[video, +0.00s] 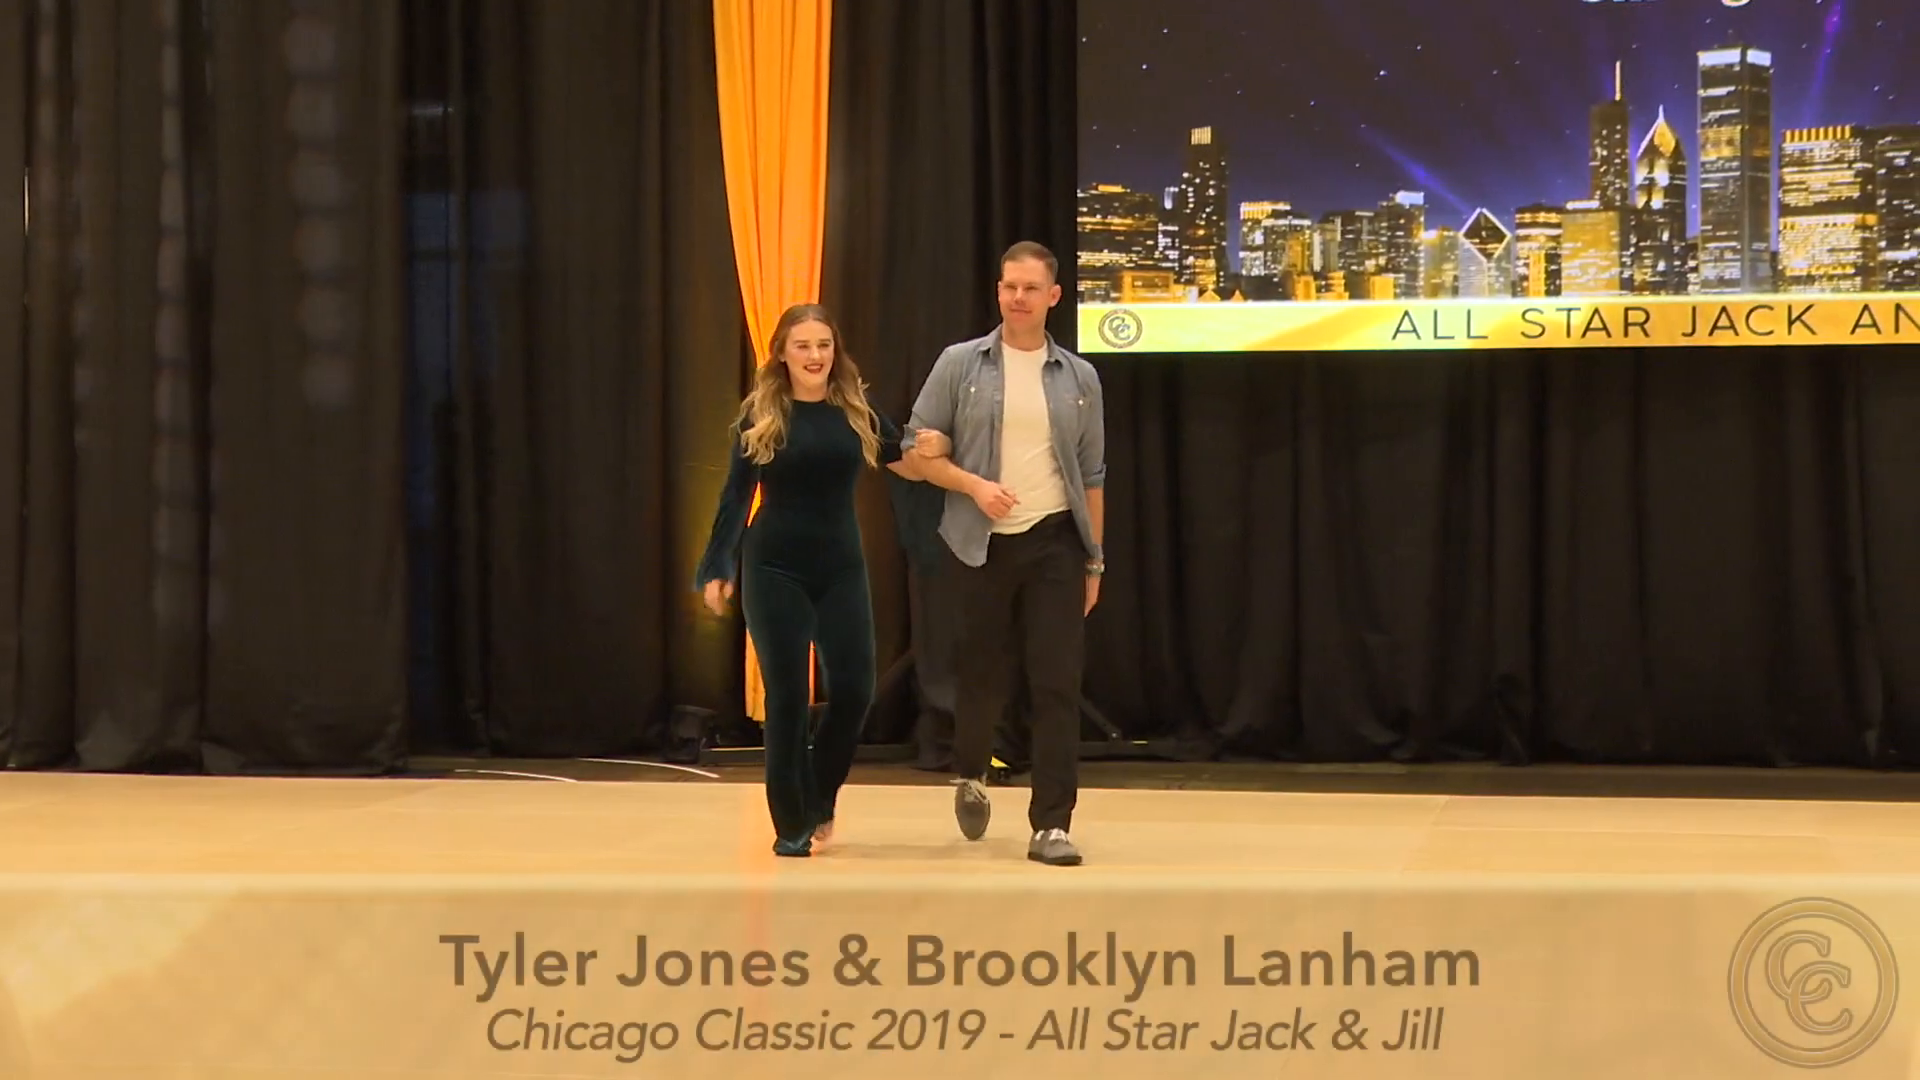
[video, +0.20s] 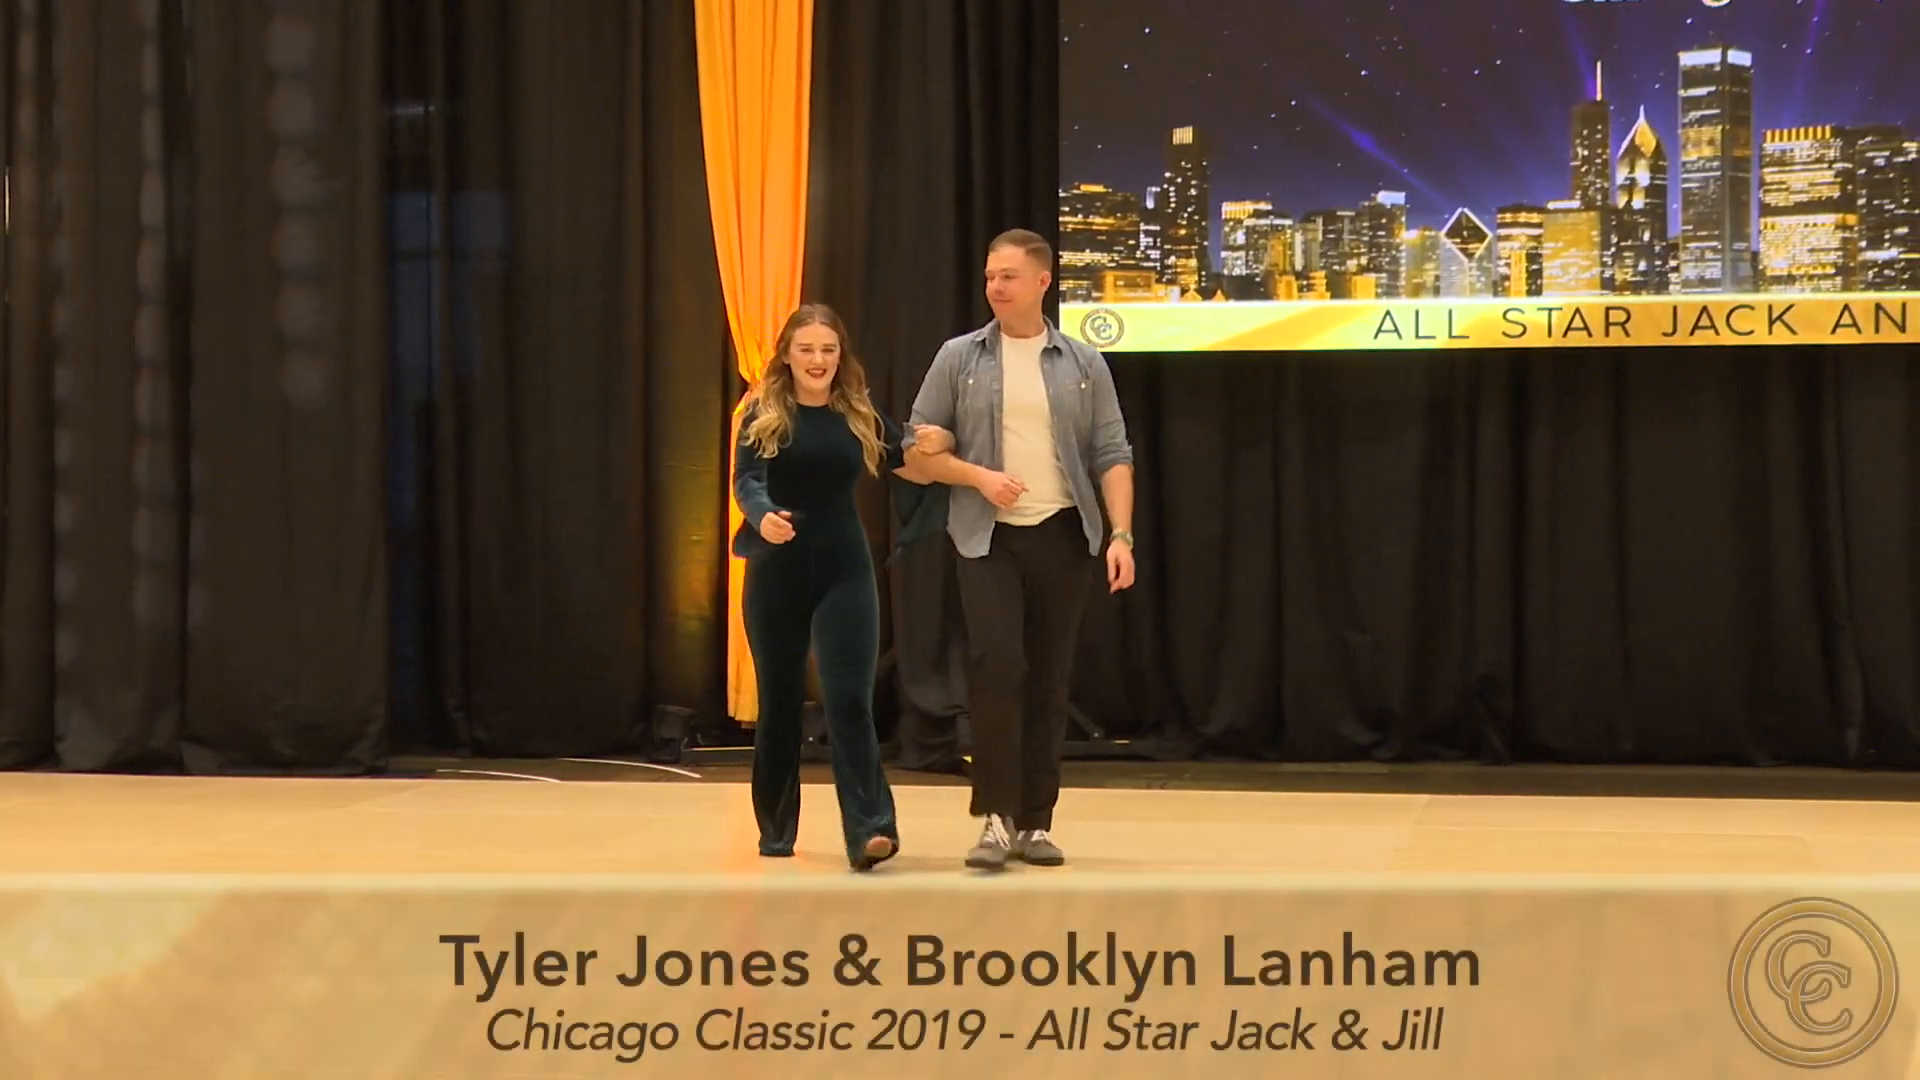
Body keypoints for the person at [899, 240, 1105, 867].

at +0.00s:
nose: (1018, 298)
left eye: (1031, 288)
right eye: (1010, 286)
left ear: (1054, 295)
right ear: (997, 291)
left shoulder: (1081, 377)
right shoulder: (958, 363)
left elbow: (1092, 478)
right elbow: (918, 454)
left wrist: (1093, 561)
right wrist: (974, 485)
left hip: (1057, 541)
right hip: (981, 545)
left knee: (1058, 682)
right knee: (983, 674)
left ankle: (1052, 825)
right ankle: (971, 775)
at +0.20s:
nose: (995, 287)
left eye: (1008, 276)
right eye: (990, 277)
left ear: (1043, 281)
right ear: (986, 284)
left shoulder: (1083, 359)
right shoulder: (958, 357)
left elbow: (1111, 452)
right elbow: (918, 455)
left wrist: (1120, 533)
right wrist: (977, 477)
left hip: (1063, 533)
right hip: (987, 535)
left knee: (1049, 678)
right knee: (996, 668)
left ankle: (1036, 823)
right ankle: (995, 818)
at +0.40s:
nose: (966, 297)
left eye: (976, 285)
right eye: (963, 287)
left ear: (1019, 285)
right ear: (973, 292)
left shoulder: (1082, 364)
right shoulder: (951, 372)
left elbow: (1118, 446)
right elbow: (918, 472)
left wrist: (1133, 504)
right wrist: (975, 488)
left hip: (1065, 550)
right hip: (985, 553)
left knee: (1042, 688)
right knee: (1004, 685)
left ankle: (1014, 814)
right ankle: (1021, 834)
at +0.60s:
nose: (954, 280)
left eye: (964, 267)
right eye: (951, 269)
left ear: (1009, 266)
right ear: (965, 275)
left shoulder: (1074, 344)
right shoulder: (942, 354)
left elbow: (1111, 443)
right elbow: (909, 455)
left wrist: (1125, 531)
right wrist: (961, 477)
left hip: (1068, 540)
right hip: (981, 545)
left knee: (1068, 685)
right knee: (991, 693)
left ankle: (1025, 796)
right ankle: (1006, 848)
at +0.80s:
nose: (969, 276)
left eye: (982, 263)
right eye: (967, 264)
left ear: (1025, 267)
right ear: (972, 271)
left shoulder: (1082, 352)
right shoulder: (946, 353)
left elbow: (1107, 465)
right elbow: (909, 459)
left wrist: (1112, 562)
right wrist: (955, 478)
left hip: (1064, 547)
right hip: (979, 550)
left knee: (1067, 701)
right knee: (980, 705)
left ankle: (1082, 853)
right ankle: (988, 852)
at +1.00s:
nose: (1016, 272)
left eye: (1031, 260)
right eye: (1010, 261)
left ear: (1069, 268)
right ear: (1004, 269)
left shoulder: (1114, 360)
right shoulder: (972, 352)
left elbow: (1129, 478)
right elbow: (922, 455)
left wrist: (1131, 577)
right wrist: (970, 491)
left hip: (1084, 558)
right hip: (997, 559)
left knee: (1075, 723)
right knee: (990, 709)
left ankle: (1069, 886)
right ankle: (973, 838)